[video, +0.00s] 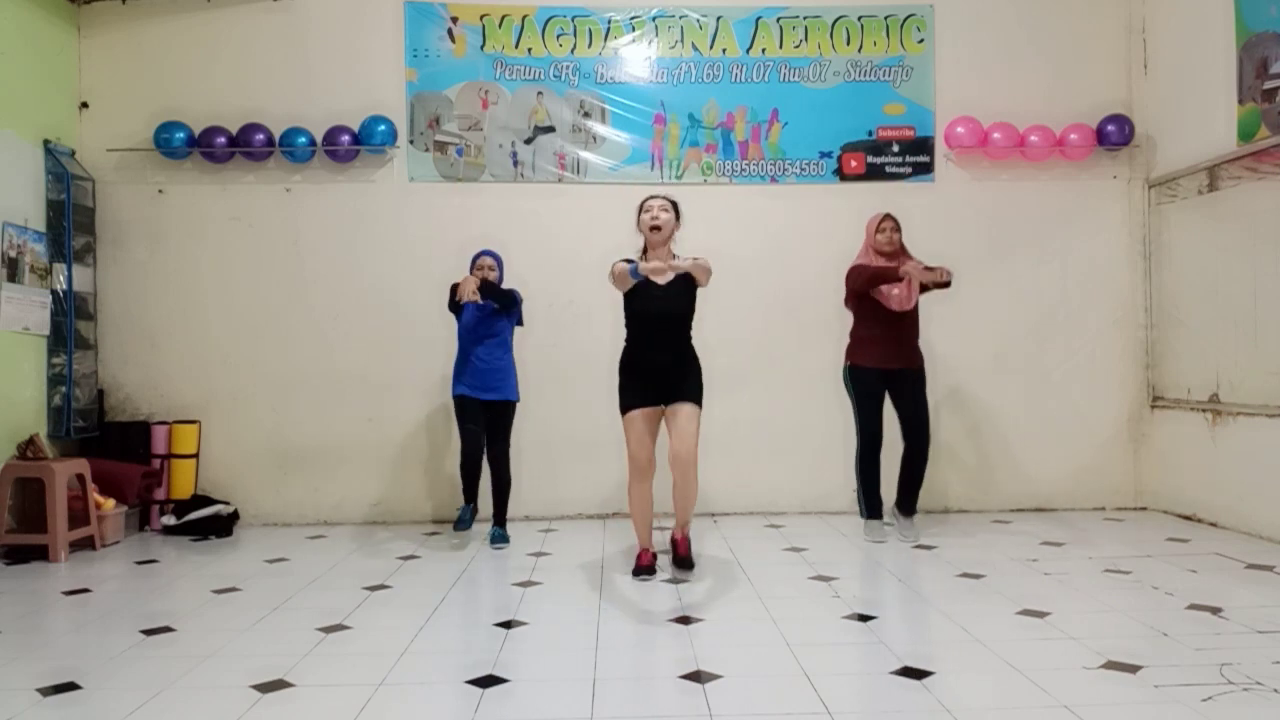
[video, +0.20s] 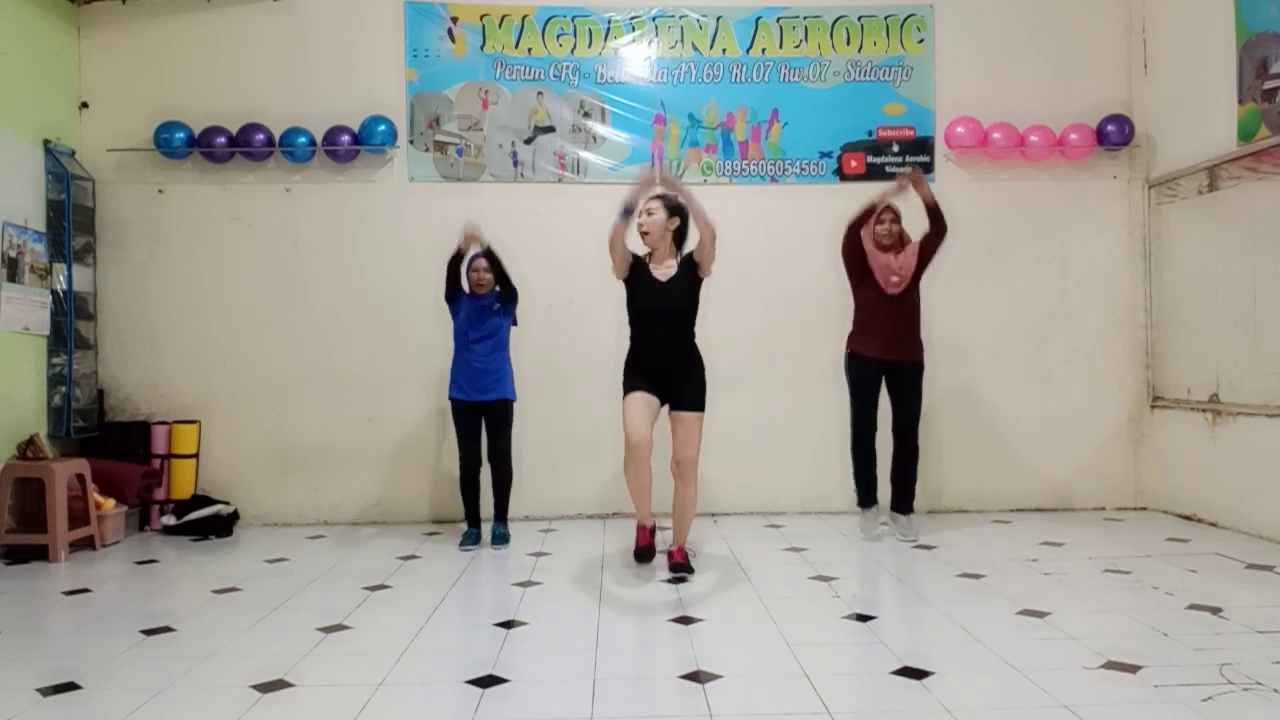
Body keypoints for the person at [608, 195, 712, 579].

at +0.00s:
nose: (655, 215)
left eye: (664, 210)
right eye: (648, 211)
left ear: (676, 224)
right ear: (639, 225)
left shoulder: (691, 266)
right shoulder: (627, 267)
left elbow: (704, 274)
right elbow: (619, 276)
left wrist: (685, 268)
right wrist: (637, 271)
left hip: (682, 369)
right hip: (638, 370)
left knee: (684, 456)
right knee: (640, 462)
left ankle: (682, 536)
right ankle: (645, 548)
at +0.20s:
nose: (641, 219)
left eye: (651, 213)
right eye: (639, 214)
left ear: (673, 223)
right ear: (640, 224)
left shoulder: (693, 266)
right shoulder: (632, 267)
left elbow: (708, 234)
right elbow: (615, 242)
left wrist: (682, 192)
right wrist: (629, 204)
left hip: (685, 368)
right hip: (642, 367)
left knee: (684, 462)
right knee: (636, 442)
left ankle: (679, 547)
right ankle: (644, 524)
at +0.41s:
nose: (639, 219)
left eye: (648, 213)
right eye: (639, 214)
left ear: (671, 222)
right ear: (641, 223)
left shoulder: (693, 262)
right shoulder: (630, 261)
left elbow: (710, 202)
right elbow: (606, 206)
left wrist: (676, 154)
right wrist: (632, 154)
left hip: (684, 369)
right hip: (641, 369)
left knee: (684, 464)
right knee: (641, 460)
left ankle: (679, 547)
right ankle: (642, 536)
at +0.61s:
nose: (636, 216)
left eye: (645, 209)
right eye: (636, 209)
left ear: (668, 217)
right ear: (637, 216)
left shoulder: (689, 255)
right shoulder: (627, 255)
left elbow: (717, 198)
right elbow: (595, 204)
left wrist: (677, 186)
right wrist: (631, 183)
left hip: (679, 364)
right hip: (635, 365)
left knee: (681, 461)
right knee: (637, 459)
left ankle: (680, 542)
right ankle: (645, 544)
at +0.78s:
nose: (640, 225)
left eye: (650, 219)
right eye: (639, 219)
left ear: (672, 230)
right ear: (638, 228)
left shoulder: (689, 270)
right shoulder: (628, 270)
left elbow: (716, 215)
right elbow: (600, 219)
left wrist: (679, 192)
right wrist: (636, 189)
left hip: (679, 377)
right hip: (635, 376)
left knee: (673, 471)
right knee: (636, 469)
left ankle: (679, 539)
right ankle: (645, 547)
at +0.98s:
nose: (655, 198)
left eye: (664, 196)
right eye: (648, 196)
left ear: (676, 210)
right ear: (641, 210)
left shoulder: (690, 247)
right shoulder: (629, 248)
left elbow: (721, 207)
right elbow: (598, 209)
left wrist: (703, 157)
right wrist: (619, 160)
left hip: (681, 355)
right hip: (637, 355)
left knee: (681, 449)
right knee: (636, 449)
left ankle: (681, 536)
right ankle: (640, 534)